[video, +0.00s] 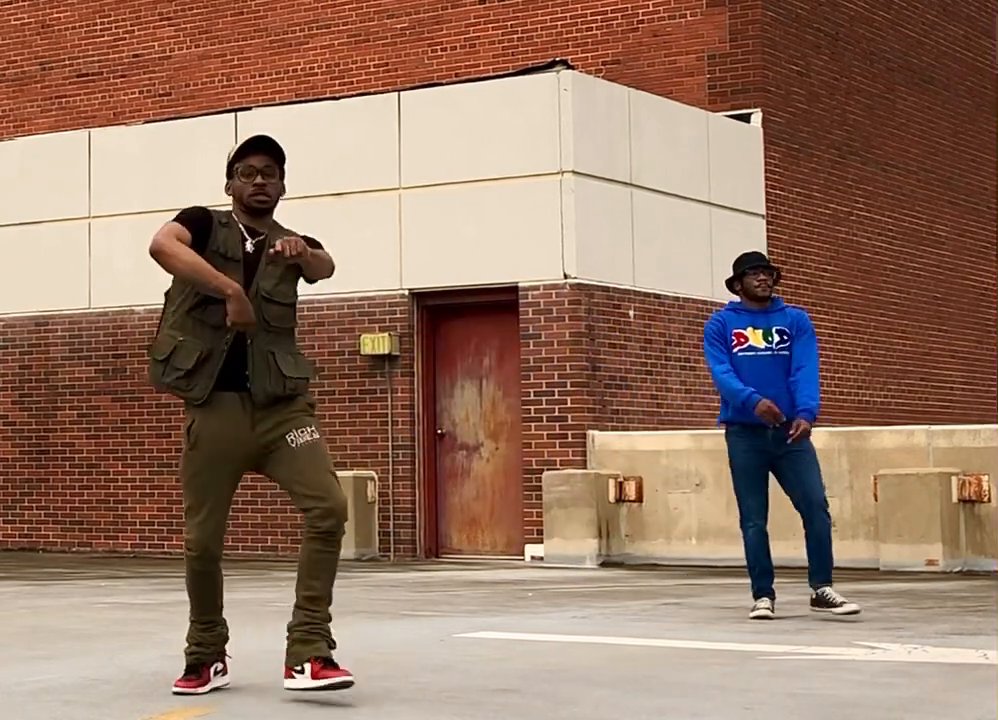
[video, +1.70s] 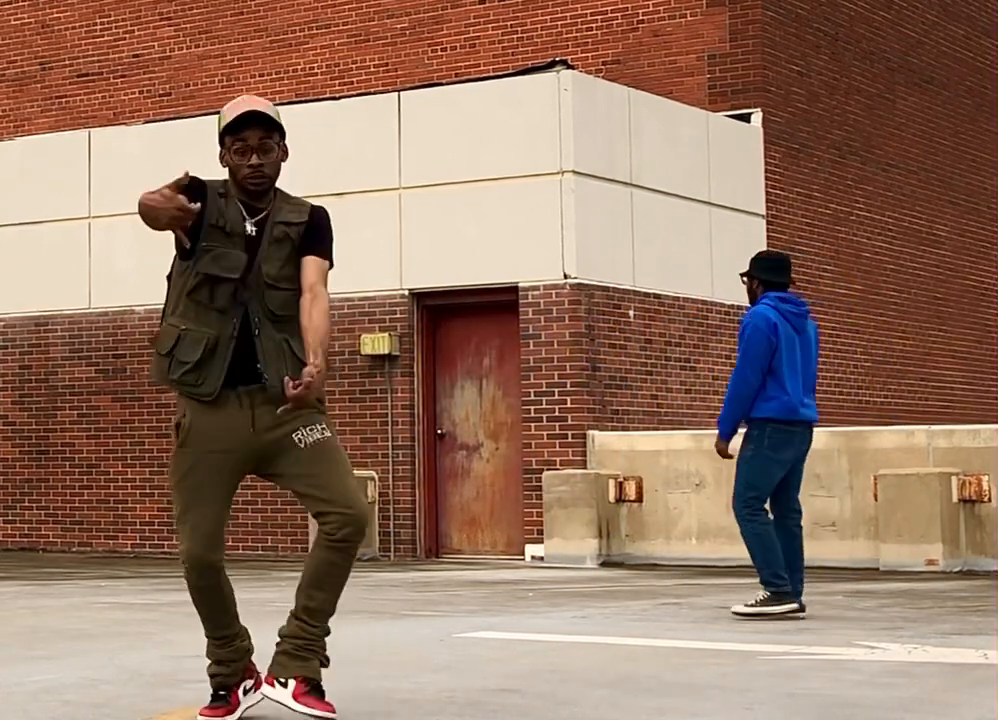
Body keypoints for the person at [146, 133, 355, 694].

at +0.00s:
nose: (259, 182)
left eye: (269, 174)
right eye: (248, 173)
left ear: (282, 185)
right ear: (230, 182)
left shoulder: (290, 242)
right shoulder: (203, 222)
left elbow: (324, 268)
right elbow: (162, 245)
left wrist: (299, 253)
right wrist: (232, 289)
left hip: (284, 410)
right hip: (216, 412)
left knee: (328, 510)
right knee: (202, 545)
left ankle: (308, 652)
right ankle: (206, 656)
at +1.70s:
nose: (254, 159)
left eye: (266, 148)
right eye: (242, 149)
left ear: (282, 153)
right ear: (224, 155)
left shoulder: (306, 217)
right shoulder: (199, 198)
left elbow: (314, 293)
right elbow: (151, 207)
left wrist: (316, 363)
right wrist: (167, 205)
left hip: (290, 408)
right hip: (209, 413)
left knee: (348, 515)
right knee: (197, 554)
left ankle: (295, 666)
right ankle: (231, 674)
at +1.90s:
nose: (249, 154)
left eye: (261, 144)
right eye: (236, 143)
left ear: (279, 152)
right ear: (217, 153)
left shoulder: (305, 218)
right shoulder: (194, 204)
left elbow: (311, 286)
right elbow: (159, 201)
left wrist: (311, 347)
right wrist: (140, 174)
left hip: (285, 412)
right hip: (203, 416)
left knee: (322, 541)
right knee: (196, 565)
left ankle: (281, 693)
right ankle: (227, 672)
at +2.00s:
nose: (234, 123)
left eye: (247, 113)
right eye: (222, 111)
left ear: (263, 123)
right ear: (202, 117)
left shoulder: (289, 170)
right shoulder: (173, 195)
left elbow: (298, 186)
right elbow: (136, 280)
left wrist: (282, 199)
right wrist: (160, 293)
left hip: (271, 387)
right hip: (189, 389)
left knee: (282, 542)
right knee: (168, 533)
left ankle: (280, 697)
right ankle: (215, 649)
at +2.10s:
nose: (216, 110)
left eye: (228, 102)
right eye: (204, 99)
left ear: (244, 114)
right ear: (183, 107)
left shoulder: (264, 167)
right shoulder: (156, 196)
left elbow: (279, 121)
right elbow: (153, 281)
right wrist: (144, 349)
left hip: (263, 380)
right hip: (183, 383)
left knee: (278, 538)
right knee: (149, 514)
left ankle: (281, 696)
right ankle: (197, 679)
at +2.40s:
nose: (196, 95)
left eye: (208, 84)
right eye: (183, 82)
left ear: (223, 93)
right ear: (160, 89)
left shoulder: (245, 148)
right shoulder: (124, 162)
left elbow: (256, 169)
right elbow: (95, 252)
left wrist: (237, 182)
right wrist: (124, 262)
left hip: (244, 367)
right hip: (161, 374)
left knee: (289, 512)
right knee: (151, 533)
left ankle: (271, 667)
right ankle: (151, 693)